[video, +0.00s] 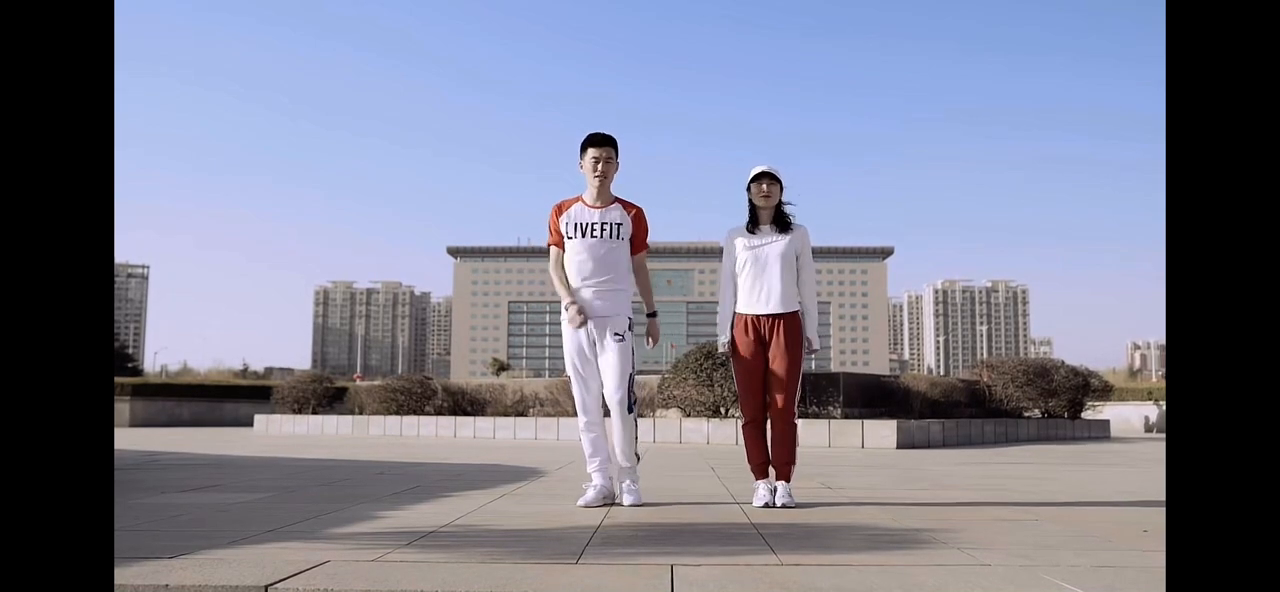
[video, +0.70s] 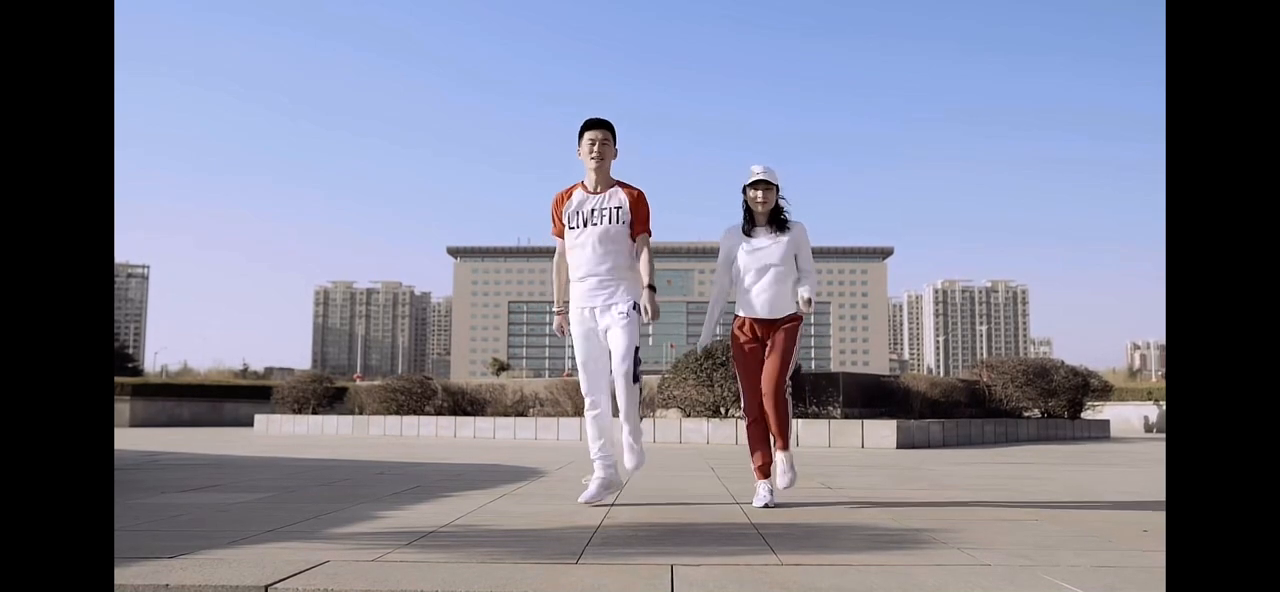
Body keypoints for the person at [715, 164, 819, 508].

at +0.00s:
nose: (765, 188)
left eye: (771, 184)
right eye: (758, 184)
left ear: (780, 192)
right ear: (749, 192)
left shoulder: (797, 234)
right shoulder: (735, 236)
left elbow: (808, 284)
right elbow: (727, 287)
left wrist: (810, 330)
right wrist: (724, 330)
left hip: (785, 325)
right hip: (745, 325)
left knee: (782, 405)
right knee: (752, 408)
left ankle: (782, 482)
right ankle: (761, 481)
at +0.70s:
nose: (761, 194)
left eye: (767, 188)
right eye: (755, 188)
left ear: (776, 193)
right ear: (746, 194)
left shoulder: (795, 232)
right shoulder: (733, 237)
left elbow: (807, 274)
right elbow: (721, 289)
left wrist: (806, 293)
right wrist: (706, 332)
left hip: (785, 323)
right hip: (746, 326)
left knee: (771, 389)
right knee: (752, 404)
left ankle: (782, 452)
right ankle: (762, 480)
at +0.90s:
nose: (766, 184)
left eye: (773, 179)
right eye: (761, 178)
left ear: (782, 185)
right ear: (752, 184)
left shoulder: (796, 227)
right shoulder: (734, 228)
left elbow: (806, 273)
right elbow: (728, 272)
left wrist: (808, 311)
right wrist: (742, 306)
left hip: (785, 307)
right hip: (746, 312)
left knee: (771, 339)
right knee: (753, 400)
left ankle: (777, 417)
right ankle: (760, 478)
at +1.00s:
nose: (771, 185)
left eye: (777, 179)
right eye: (765, 179)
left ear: (786, 185)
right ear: (755, 185)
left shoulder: (795, 225)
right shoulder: (736, 222)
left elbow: (803, 263)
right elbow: (721, 261)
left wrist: (811, 297)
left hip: (785, 311)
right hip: (747, 311)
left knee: (775, 378)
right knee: (750, 398)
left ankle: (779, 459)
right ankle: (758, 471)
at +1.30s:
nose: (773, 180)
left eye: (779, 174)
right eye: (767, 174)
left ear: (788, 180)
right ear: (757, 180)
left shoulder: (803, 220)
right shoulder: (742, 218)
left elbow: (813, 269)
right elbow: (732, 259)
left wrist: (818, 312)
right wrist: (747, 279)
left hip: (788, 309)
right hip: (749, 308)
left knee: (784, 394)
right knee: (748, 393)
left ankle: (784, 476)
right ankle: (756, 445)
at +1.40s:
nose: (774, 190)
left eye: (779, 185)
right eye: (768, 185)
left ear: (789, 191)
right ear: (758, 192)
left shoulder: (806, 232)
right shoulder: (743, 234)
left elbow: (815, 272)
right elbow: (732, 287)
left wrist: (808, 301)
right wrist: (720, 326)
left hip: (793, 316)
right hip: (754, 314)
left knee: (785, 402)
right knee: (759, 339)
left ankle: (783, 484)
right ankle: (755, 403)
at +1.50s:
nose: (775, 187)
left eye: (781, 182)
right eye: (768, 183)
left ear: (790, 188)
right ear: (758, 190)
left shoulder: (807, 229)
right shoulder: (745, 233)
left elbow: (817, 272)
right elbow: (728, 284)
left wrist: (805, 264)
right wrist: (717, 330)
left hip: (794, 320)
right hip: (755, 315)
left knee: (783, 406)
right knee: (763, 329)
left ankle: (782, 483)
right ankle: (760, 407)